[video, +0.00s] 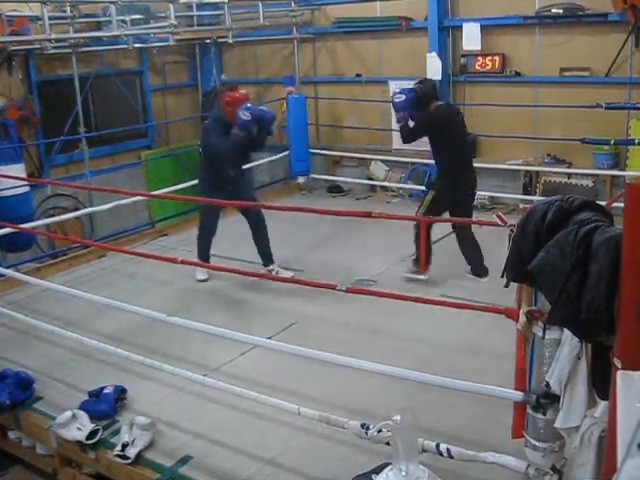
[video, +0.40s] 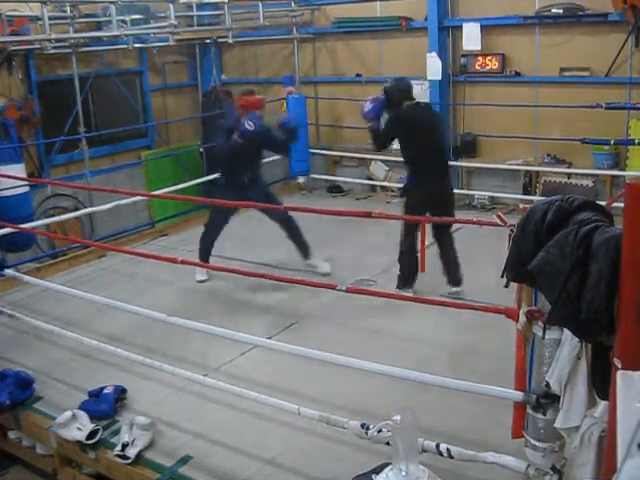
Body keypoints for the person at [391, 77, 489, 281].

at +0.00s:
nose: (415, 101)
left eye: (416, 97)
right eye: (415, 97)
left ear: (421, 99)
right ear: (435, 95)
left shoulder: (431, 117)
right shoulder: (452, 111)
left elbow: (407, 137)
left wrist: (401, 115)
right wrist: (413, 111)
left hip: (448, 181)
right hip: (466, 178)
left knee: (422, 219)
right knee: (462, 227)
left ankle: (421, 265)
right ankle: (479, 269)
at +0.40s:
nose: (388, 103)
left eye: (388, 99)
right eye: (388, 99)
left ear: (394, 99)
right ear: (410, 95)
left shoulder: (400, 117)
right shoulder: (430, 112)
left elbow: (380, 144)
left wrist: (372, 123)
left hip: (418, 183)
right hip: (442, 182)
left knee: (409, 232)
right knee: (443, 231)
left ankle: (406, 283)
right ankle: (455, 281)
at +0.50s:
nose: (385, 109)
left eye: (387, 105)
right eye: (386, 105)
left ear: (394, 106)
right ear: (410, 103)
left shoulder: (398, 125)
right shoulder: (426, 120)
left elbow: (380, 156)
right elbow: (409, 139)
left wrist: (368, 137)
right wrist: (389, 116)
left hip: (410, 194)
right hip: (434, 192)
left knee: (392, 234)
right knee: (436, 240)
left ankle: (395, 276)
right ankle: (451, 287)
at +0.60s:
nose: (380, 114)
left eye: (382, 110)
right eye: (380, 110)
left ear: (387, 112)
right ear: (404, 110)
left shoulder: (384, 131)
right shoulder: (421, 127)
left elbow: (354, 141)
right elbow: (394, 122)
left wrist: (339, 127)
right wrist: (373, 111)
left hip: (397, 203)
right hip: (422, 201)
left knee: (367, 238)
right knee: (432, 247)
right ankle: (451, 290)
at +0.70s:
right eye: (397, 106)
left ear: (377, 105)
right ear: (397, 107)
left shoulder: (365, 122)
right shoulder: (404, 124)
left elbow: (333, 123)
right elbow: (410, 142)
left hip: (373, 198)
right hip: (399, 198)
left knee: (356, 240)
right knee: (423, 241)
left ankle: (329, 279)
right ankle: (448, 289)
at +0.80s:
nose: (391, 111)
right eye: (391, 107)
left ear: (368, 103)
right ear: (389, 107)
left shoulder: (353, 119)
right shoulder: (392, 123)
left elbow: (329, 133)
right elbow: (401, 151)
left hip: (349, 194)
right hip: (376, 195)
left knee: (341, 242)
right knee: (398, 239)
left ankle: (325, 287)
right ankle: (416, 285)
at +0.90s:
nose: (383, 112)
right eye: (381, 108)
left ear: (358, 106)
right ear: (381, 110)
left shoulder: (343, 128)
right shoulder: (382, 132)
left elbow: (324, 158)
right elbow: (394, 158)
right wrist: (392, 132)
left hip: (330, 200)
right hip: (356, 203)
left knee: (333, 245)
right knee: (371, 252)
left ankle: (323, 288)